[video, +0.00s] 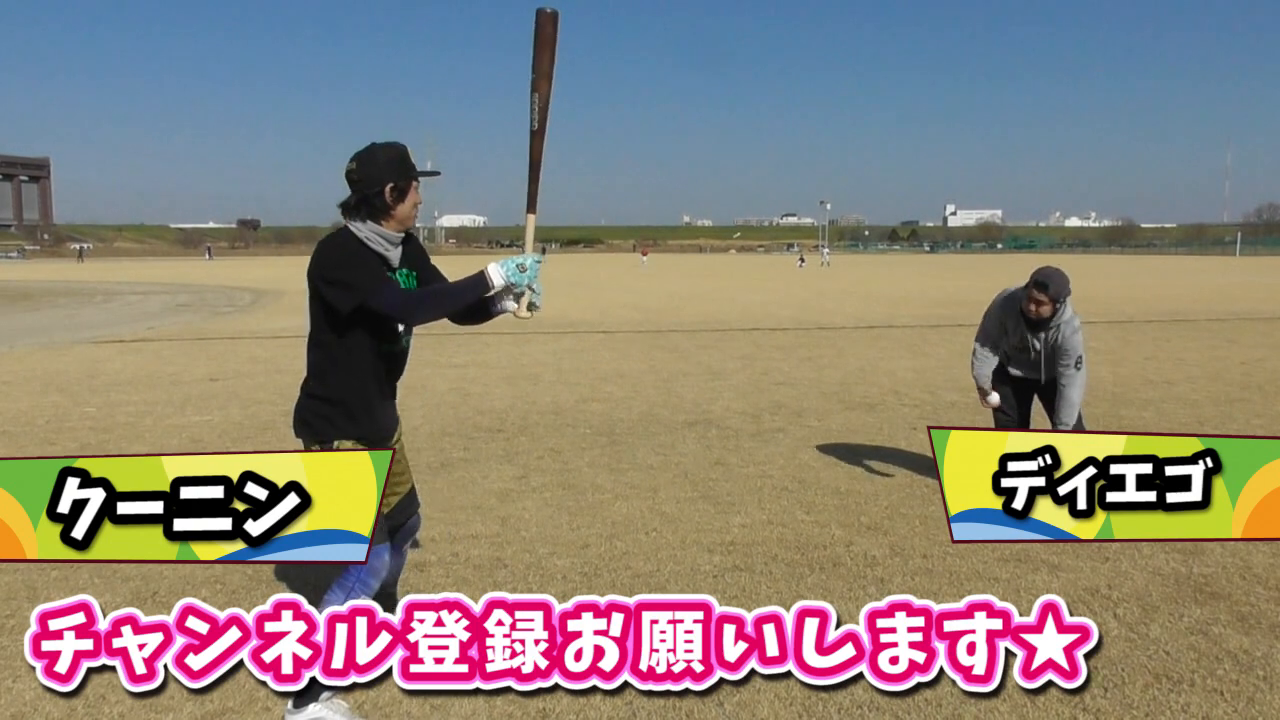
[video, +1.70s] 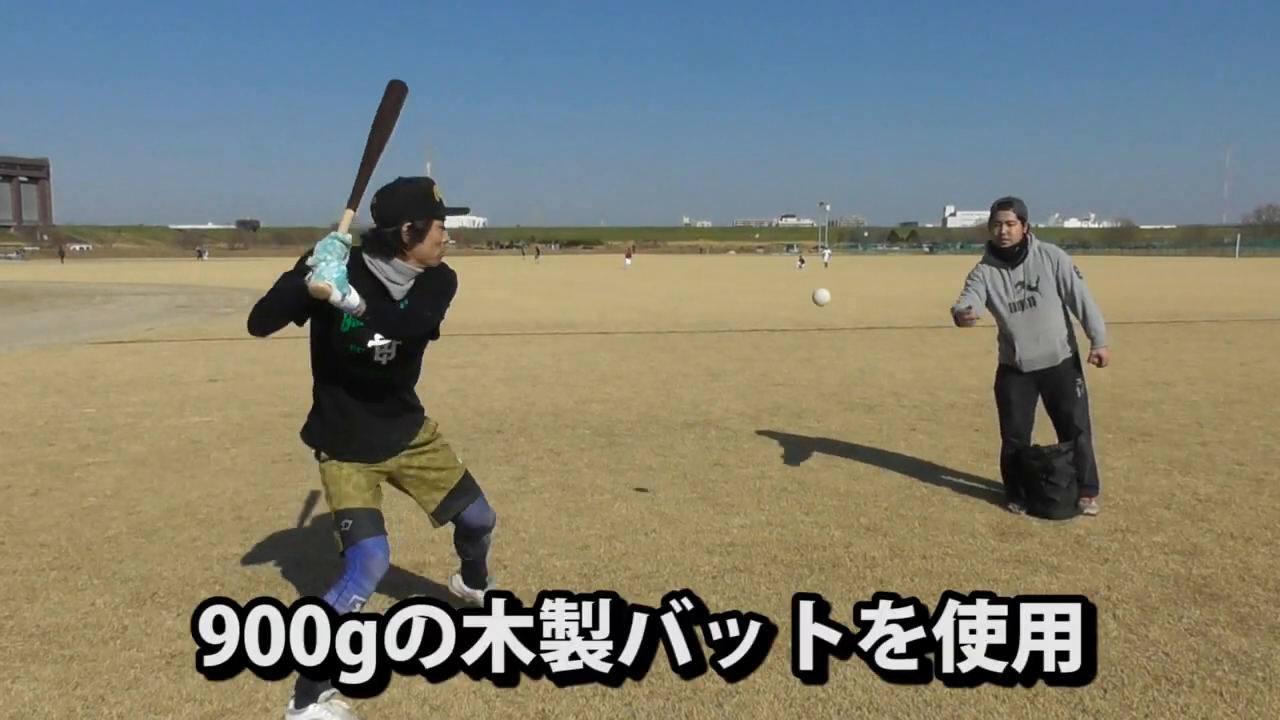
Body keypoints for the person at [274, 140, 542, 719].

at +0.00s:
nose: (419, 197)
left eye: (417, 189)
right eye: (414, 189)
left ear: (387, 195)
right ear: (391, 195)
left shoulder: (405, 247)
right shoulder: (340, 254)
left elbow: (453, 308)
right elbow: (403, 307)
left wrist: (501, 299)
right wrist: (487, 279)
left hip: (377, 422)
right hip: (336, 427)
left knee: (403, 524)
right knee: (372, 558)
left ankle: (368, 632)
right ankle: (311, 690)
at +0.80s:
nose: (403, 210)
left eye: (403, 201)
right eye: (398, 201)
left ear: (361, 205)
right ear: (373, 204)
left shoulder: (389, 258)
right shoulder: (298, 248)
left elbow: (437, 313)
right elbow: (344, 282)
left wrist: (451, 269)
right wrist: (424, 235)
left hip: (352, 431)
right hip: (297, 441)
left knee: (425, 525)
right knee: (353, 568)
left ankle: (394, 605)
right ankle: (307, 697)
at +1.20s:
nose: (397, 208)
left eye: (397, 200)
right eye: (390, 199)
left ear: (376, 206)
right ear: (357, 204)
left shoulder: (389, 256)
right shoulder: (278, 246)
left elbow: (403, 319)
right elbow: (257, 299)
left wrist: (364, 275)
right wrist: (338, 254)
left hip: (360, 415)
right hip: (294, 422)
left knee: (415, 485)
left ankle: (438, 619)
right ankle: (306, 694)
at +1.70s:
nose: (446, 235)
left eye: (444, 225)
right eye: (437, 227)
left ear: (413, 233)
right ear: (407, 233)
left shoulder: (439, 279)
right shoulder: (337, 263)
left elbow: (411, 329)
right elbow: (260, 323)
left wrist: (349, 299)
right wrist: (312, 275)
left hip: (407, 428)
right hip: (344, 440)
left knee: (477, 520)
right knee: (368, 563)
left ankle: (474, 588)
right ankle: (308, 696)